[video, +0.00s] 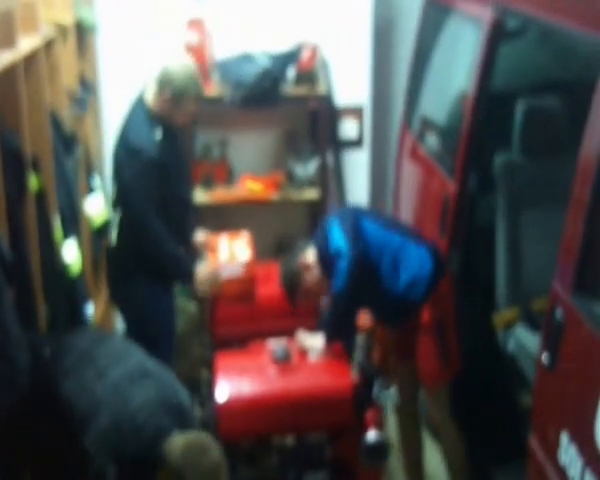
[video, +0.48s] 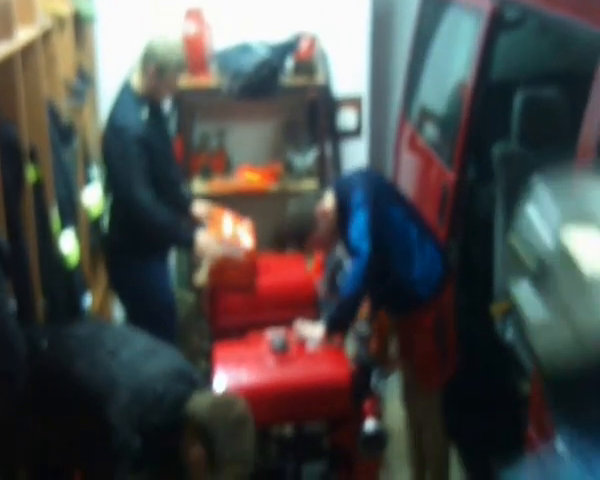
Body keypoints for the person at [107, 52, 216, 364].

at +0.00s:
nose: (191, 116)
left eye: (193, 108)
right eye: (187, 109)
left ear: (168, 98)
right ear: (165, 99)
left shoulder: (165, 126)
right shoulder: (143, 145)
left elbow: (171, 194)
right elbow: (146, 222)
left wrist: (190, 231)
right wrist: (188, 270)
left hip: (157, 260)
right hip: (140, 269)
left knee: (158, 357)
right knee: (154, 361)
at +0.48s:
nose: (175, 86)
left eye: (177, 78)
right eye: (172, 77)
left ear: (155, 73)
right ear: (152, 72)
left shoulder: (151, 109)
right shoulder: (127, 124)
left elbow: (161, 178)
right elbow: (139, 202)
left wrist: (187, 205)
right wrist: (190, 237)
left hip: (150, 244)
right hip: (134, 251)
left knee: (157, 336)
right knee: (159, 340)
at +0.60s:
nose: (177, 81)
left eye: (180, 73)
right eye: (174, 72)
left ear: (161, 68)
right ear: (155, 67)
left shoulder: (157, 103)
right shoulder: (132, 119)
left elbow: (169, 168)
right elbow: (147, 196)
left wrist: (202, 183)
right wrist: (206, 218)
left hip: (156, 241)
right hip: (140, 249)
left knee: (157, 336)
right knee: (163, 340)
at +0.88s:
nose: (194, 77)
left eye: (196, 69)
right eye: (192, 69)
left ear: (175, 59)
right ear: (172, 59)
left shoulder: (159, 90)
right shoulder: (152, 108)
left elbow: (190, 137)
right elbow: (181, 178)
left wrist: (230, 165)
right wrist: (241, 200)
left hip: (159, 230)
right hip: (153, 240)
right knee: (165, 330)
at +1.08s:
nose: (208, 72)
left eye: (210, 64)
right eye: (207, 64)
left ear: (186, 51)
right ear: (190, 54)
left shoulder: (169, 82)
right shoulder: (168, 100)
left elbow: (208, 132)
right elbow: (199, 169)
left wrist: (246, 167)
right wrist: (257, 197)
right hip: (154, 234)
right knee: (164, 327)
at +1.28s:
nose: (230, 75)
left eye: (233, 67)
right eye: (230, 66)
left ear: (206, 51)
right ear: (213, 59)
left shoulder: (178, 75)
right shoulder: (186, 105)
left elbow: (214, 141)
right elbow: (214, 175)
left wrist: (249, 172)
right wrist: (264, 205)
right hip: (152, 227)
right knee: (162, 320)